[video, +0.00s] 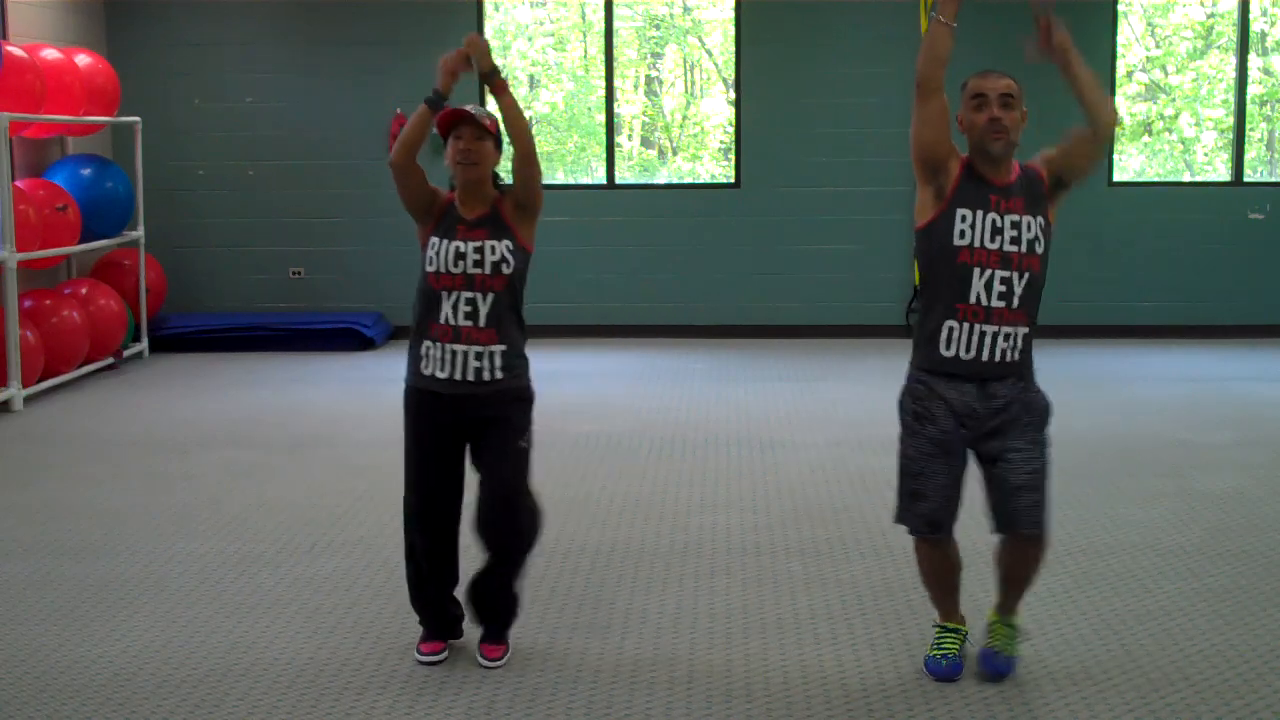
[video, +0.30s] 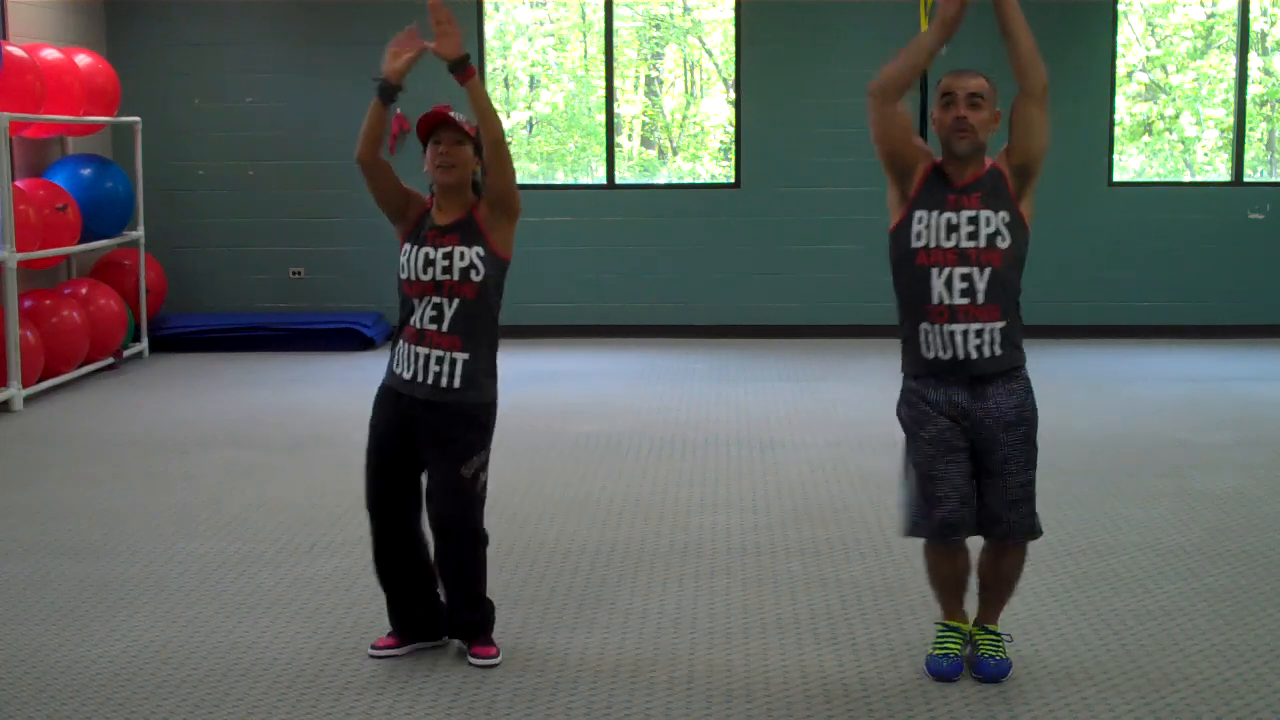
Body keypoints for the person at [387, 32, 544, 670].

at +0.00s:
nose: (464, 147)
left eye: (476, 140)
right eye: (454, 141)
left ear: (497, 153)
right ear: (444, 158)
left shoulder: (518, 212)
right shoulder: (434, 213)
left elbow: (522, 145)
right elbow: (402, 161)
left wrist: (492, 77)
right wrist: (440, 90)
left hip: (500, 392)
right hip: (432, 391)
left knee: (507, 511)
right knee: (429, 514)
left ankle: (495, 619)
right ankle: (436, 624)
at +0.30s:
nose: (442, 152)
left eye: (454, 143)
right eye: (433, 145)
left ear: (476, 157)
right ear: (424, 161)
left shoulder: (495, 219)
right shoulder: (413, 217)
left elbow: (493, 142)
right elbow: (368, 160)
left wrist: (462, 68)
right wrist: (387, 86)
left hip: (463, 401)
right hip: (400, 395)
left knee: (457, 520)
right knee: (389, 514)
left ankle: (474, 629)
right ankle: (414, 625)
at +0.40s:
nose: (438, 151)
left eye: (450, 143)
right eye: (430, 145)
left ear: (471, 158)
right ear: (418, 160)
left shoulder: (490, 215)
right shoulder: (406, 215)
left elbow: (487, 140)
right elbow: (338, 172)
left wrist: (447, 64)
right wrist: (319, 100)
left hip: (465, 401)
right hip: (398, 393)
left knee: (466, 520)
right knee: (356, 499)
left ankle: (474, 629)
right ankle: (401, 608)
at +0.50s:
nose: (434, 149)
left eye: (445, 140)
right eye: (424, 142)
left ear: (463, 155)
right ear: (411, 156)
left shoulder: (482, 210)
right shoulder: (393, 213)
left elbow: (478, 134)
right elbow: (304, 199)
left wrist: (437, 62)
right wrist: (240, 163)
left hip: (470, 397)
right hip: (398, 391)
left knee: (474, 521)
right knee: (339, 495)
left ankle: (472, 628)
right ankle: (350, 602)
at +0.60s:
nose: (421, 154)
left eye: (433, 146)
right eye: (413, 146)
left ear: (454, 160)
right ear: (400, 159)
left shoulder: (472, 215)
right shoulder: (380, 224)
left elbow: (471, 139)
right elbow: (296, 252)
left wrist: (429, 64)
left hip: (468, 402)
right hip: (395, 401)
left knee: (477, 520)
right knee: (344, 516)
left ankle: (474, 627)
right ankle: (292, 627)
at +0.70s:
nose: (407, 167)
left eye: (419, 159)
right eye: (399, 158)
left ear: (441, 170)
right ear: (387, 167)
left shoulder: (459, 224)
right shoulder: (362, 238)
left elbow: (456, 145)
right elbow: (302, 302)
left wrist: (422, 76)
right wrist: (242, 353)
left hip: (455, 411)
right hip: (381, 412)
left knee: (476, 526)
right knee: (342, 526)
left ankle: (475, 627)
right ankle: (291, 631)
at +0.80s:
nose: (395, 170)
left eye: (407, 160)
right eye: (387, 160)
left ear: (428, 170)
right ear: (376, 169)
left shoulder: (447, 228)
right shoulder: (351, 240)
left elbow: (451, 152)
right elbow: (323, 321)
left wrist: (419, 82)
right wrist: (297, 389)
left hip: (441, 412)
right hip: (366, 413)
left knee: (477, 522)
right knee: (329, 526)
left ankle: (485, 623)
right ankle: (291, 632)